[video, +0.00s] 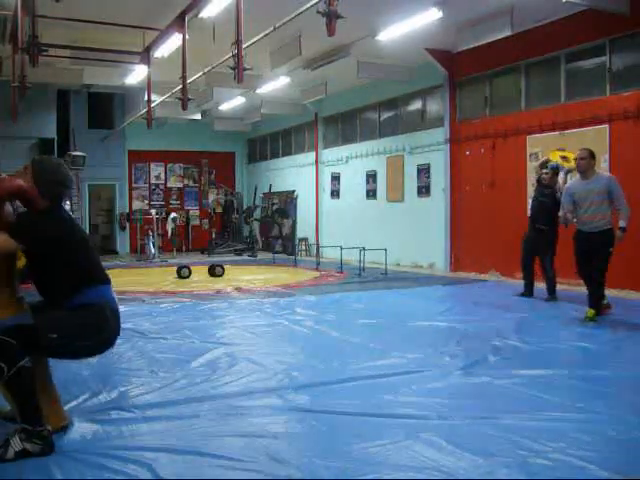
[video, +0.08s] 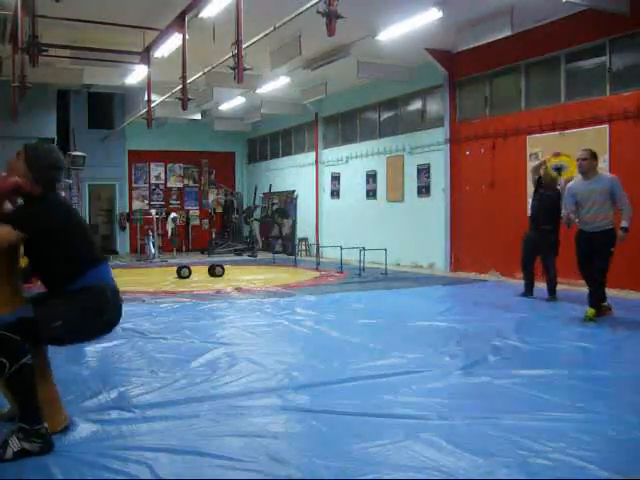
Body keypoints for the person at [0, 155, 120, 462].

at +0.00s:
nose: (17, 181)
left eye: (24, 177)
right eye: (21, 175)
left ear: (35, 189)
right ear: (54, 191)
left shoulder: (40, 223)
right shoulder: (52, 219)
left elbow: (3, 232)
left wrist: (6, 192)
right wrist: (7, 191)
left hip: (92, 323)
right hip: (94, 317)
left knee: (9, 340)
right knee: (14, 323)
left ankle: (34, 432)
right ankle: (39, 409)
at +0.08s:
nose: (11, 162)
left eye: (18, 160)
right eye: (16, 157)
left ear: (32, 176)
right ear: (41, 178)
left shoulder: (38, 211)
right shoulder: (47, 207)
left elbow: (3, 234)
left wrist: (4, 195)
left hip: (93, 306)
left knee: (12, 334)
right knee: (13, 322)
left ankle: (33, 431)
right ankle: (29, 408)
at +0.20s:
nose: (6, 153)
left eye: (13, 148)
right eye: (9, 146)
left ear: (30, 157)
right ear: (41, 157)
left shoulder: (39, 189)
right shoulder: (48, 186)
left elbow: (5, 226)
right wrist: (39, 276)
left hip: (94, 283)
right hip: (92, 279)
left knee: (16, 330)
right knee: (16, 325)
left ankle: (36, 430)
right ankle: (31, 407)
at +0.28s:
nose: (17, 126)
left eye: (23, 119)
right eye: (20, 119)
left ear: (40, 129)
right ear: (49, 130)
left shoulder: (52, 170)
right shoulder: (53, 167)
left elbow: (11, 216)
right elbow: (17, 213)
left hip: (96, 270)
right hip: (91, 267)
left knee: (22, 330)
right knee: (22, 325)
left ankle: (35, 431)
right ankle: (34, 405)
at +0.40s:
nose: (41, 111)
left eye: (49, 107)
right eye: (44, 105)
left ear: (65, 120)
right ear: (69, 124)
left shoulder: (66, 160)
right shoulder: (65, 157)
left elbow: (20, 208)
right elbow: (24, 202)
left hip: (98, 263)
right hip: (90, 261)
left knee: (23, 333)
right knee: (25, 325)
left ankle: (39, 432)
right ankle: (37, 401)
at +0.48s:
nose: (95, 108)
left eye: (104, 106)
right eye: (99, 104)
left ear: (116, 121)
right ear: (116, 124)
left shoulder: (98, 159)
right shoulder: (98, 156)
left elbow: (38, 196)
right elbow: (45, 186)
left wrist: (12, 192)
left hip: (95, 262)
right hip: (88, 259)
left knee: (19, 334)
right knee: (21, 327)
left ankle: (38, 432)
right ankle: (35, 405)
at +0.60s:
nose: (159, 133)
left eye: (168, 136)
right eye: (167, 133)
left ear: (170, 152)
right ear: (176, 161)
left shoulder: (138, 174)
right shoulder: (142, 176)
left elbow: (68, 181)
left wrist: (50, 166)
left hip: (79, 270)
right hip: (75, 266)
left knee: (10, 328)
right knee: (14, 323)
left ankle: (35, 429)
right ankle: (34, 398)